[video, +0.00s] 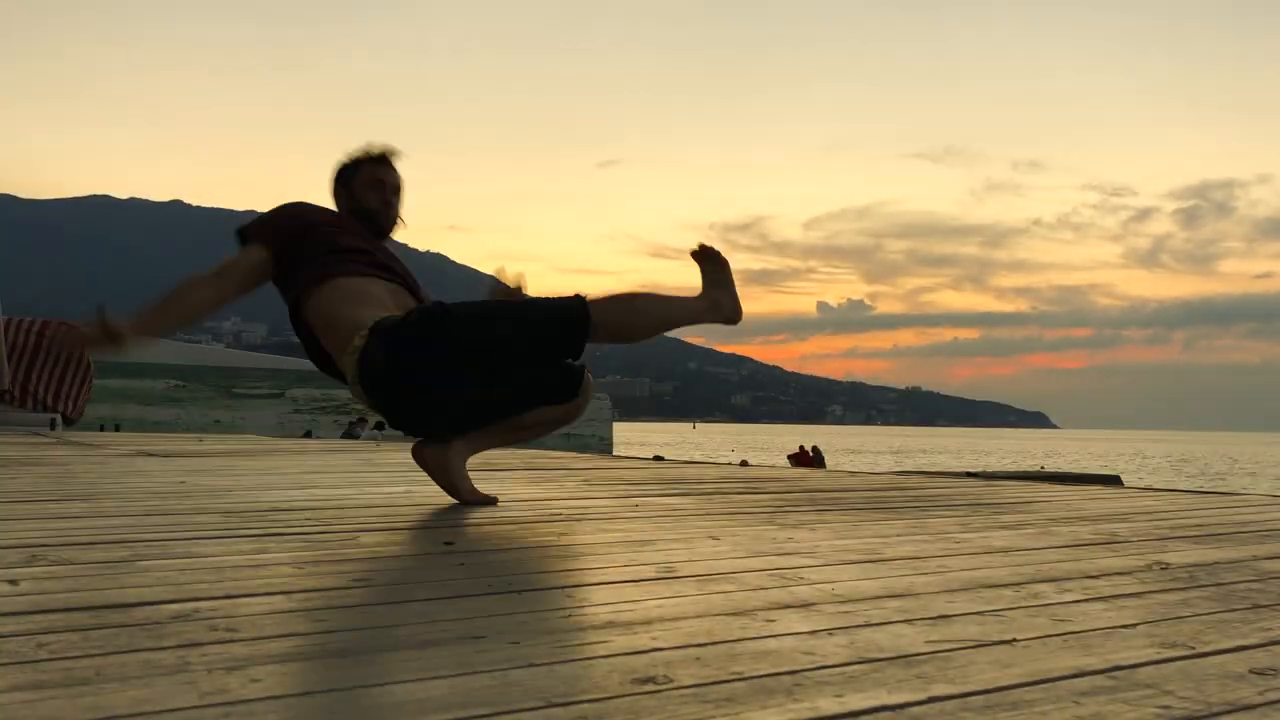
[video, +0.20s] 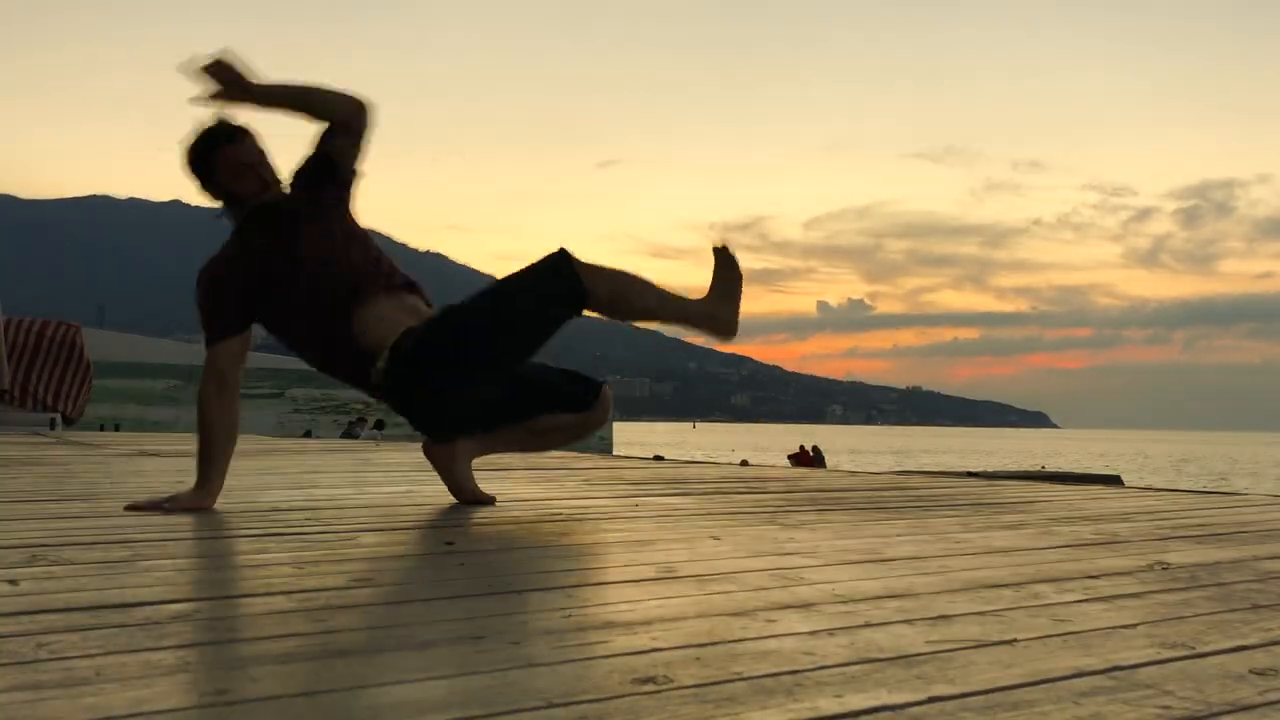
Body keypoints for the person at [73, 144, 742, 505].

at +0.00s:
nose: (390, 197)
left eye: (394, 191)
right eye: (379, 185)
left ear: (391, 200)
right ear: (351, 187)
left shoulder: (394, 261)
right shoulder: (304, 223)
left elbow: (429, 321)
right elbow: (216, 285)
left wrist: (502, 309)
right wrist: (129, 332)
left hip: (436, 373)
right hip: (396, 352)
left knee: (574, 398)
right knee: (575, 318)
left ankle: (452, 451)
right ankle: (709, 306)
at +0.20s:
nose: (251, 162)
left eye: (251, 149)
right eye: (231, 160)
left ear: (264, 153)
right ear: (215, 186)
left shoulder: (317, 196)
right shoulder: (229, 275)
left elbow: (351, 112)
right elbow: (221, 386)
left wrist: (256, 95)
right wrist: (205, 492)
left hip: (453, 352)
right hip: (416, 373)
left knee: (592, 405)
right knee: (565, 274)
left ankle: (462, 449)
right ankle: (708, 314)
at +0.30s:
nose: (243, 182)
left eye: (237, 168)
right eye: (223, 183)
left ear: (248, 156)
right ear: (208, 199)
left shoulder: (293, 176)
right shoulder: (232, 274)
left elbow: (289, 122)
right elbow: (227, 386)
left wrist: (217, 152)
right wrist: (205, 492)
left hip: (439, 329)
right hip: (404, 361)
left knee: (579, 379)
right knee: (532, 262)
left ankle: (456, 454)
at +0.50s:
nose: (331, 247)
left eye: (326, 235)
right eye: (320, 253)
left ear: (309, 205)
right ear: (280, 262)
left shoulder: (318, 161)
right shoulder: (258, 283)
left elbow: (395, 82)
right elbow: (243, 383)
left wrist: (431, 96)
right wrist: (206, 490)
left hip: (399, 276)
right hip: (338, 324)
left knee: (453, 320)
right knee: (386, 403)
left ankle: (463, 456)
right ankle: (403, 424)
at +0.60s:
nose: (362, 259)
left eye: (360, 247)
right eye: (350, 260)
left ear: (350, 215)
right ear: (305, 263)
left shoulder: (342, 166)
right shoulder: (255, 267)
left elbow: (430, 81)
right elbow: (242, 380)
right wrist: (206, 488)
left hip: (380, 264)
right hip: (325, 323)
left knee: (415, 321)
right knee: (409, 430)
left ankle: (467, 461)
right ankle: (452, 430)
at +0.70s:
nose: (390, 273)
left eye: (388, 261)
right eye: (377, 272)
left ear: (378, 218)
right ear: (329, 266)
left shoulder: (361, 175)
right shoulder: (260, 284)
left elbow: (447, 119)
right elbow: (230, 389)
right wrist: (207, 489)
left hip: (363, 264)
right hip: (305, 325)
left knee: (461, 316)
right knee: (437, 388)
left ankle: (506, 449)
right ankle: (420, 452)